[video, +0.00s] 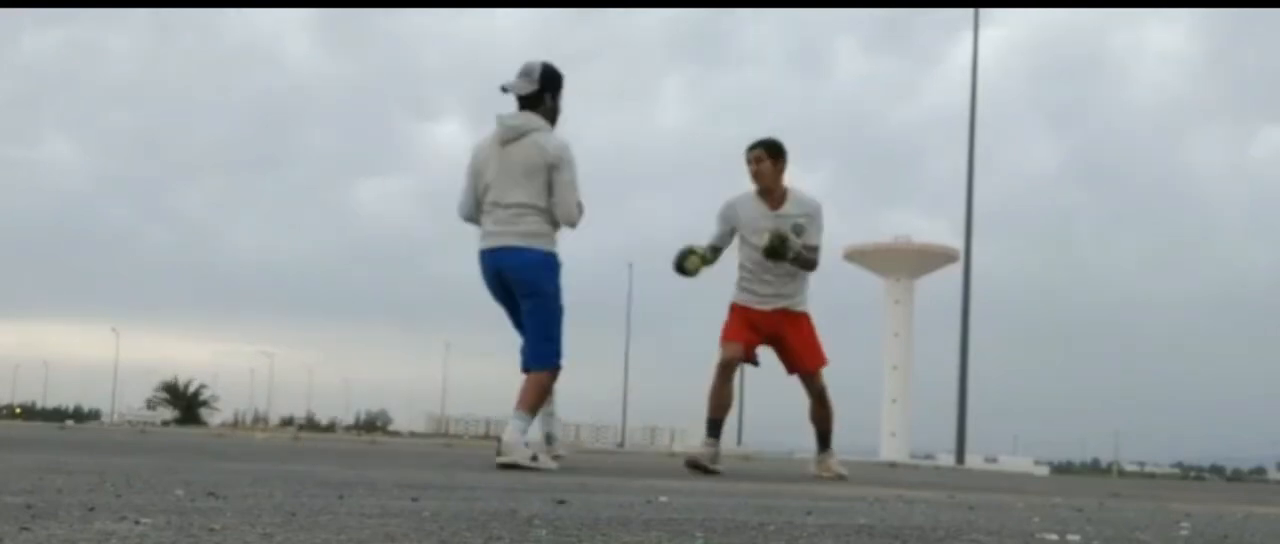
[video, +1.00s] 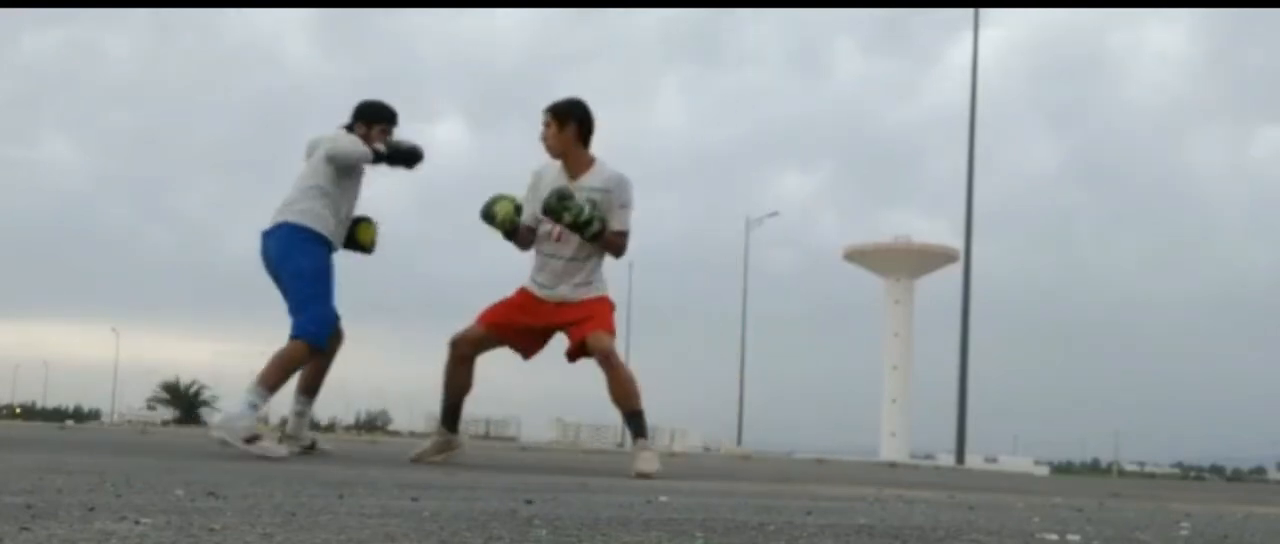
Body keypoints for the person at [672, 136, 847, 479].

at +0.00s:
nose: (754, 169)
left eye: (760, 162)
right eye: (750, 164)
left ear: (779, 165)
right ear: (748, 169)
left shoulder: (808, 209)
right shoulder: (737, 208)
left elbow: (811, 262)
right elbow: (715, 248)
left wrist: (787, 252)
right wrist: (697, 257)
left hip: (790, 312)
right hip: (746, 309)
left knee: (816, 385)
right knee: (726, 362)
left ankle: (825, 457)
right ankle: (710, 448)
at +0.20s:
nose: (708, 139)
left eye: (714, 132)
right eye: (705, 134)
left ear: (735, 133)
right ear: (705, 138)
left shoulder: (764, 172)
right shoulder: (697, 174)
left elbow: (777, 217)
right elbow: (657, 215)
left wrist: (741, 200)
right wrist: (638, 203)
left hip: (753, 284)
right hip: (708, 283)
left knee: (779, 363)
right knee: (701, 358)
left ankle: (796, 440)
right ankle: (706, 448)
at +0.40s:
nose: (660, 141)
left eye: (665, 132)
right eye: (657, 134)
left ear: (688, 132)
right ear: (659, 139)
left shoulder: (725, 175)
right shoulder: (655, 181)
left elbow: (739, 229)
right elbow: (628, 237)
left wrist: (709, 215)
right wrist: (610, 218)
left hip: (710, 291)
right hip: (663, 285)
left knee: (732, 371)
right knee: (624, 340)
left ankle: (748, 452)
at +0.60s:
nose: (597, 127)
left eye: (602, 118)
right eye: (595, 120)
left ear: (626, 119)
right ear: (601, 124)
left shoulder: (664, 164)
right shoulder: (591, 169)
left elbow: (678, 224)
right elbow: (569, 226)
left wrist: (645, 211)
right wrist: (551, 202)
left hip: (643, 285)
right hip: (594, 280)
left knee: (675, 364)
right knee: (551, 342)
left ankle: (709, 439)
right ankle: (555, 438)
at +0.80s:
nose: (559, 129)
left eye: (565, 121)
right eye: (558, 121)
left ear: (590, 122)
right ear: (570, 125)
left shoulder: (624, 169)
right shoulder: (553, 165)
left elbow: (628, 231)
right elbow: (519, 216)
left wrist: (601, 195)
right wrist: (524, 175)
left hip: (598, 283)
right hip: (547, 279)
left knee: (626, 347)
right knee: (492, 349)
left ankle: (647, 445)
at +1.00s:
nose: (543, 135)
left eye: (549, 127)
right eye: (543, 127)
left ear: (572, 130)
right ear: (566, 132)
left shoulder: (613, 183)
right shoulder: (543, 177)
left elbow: (618, 246)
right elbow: (526, 240)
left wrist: (581, 223)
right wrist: (510, 225)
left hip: (587, 301)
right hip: (536, 297)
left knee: (604, 351)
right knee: (462, 345)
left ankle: (642, 445)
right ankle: (447, 435)